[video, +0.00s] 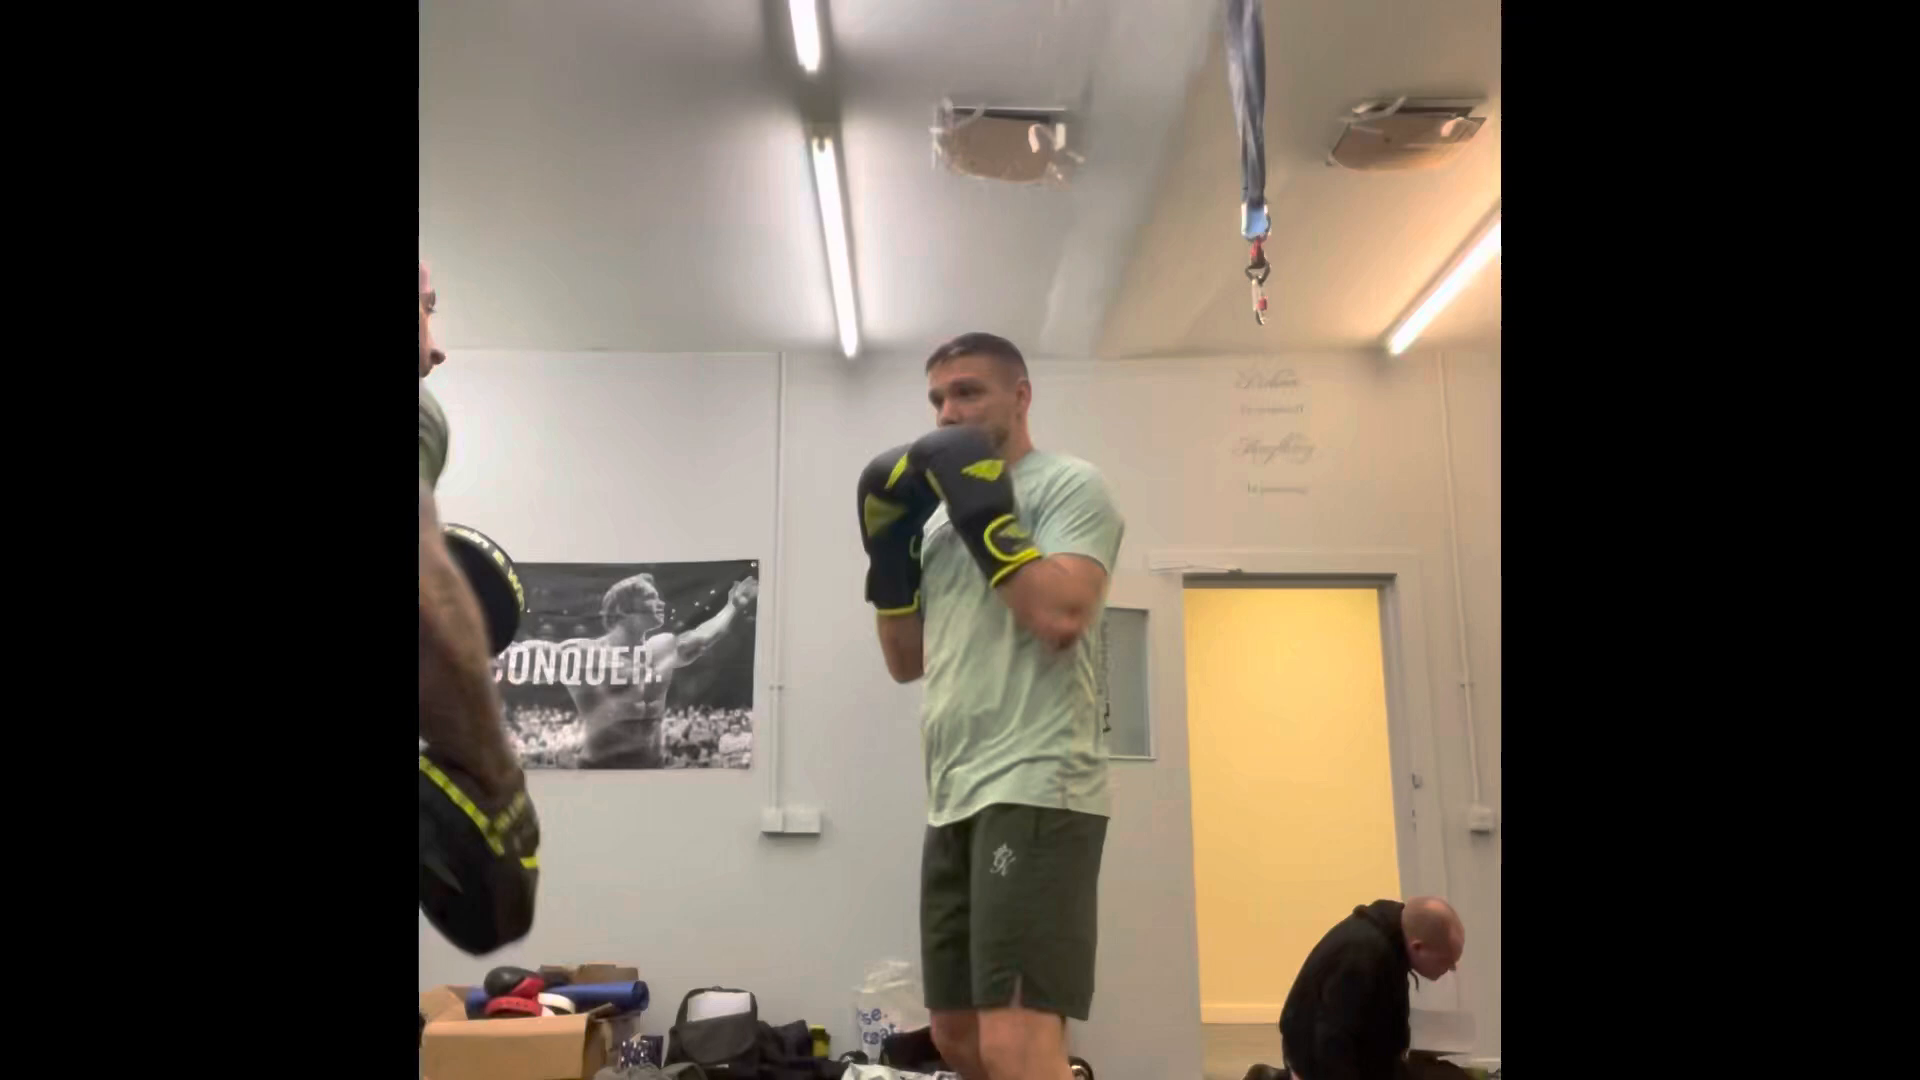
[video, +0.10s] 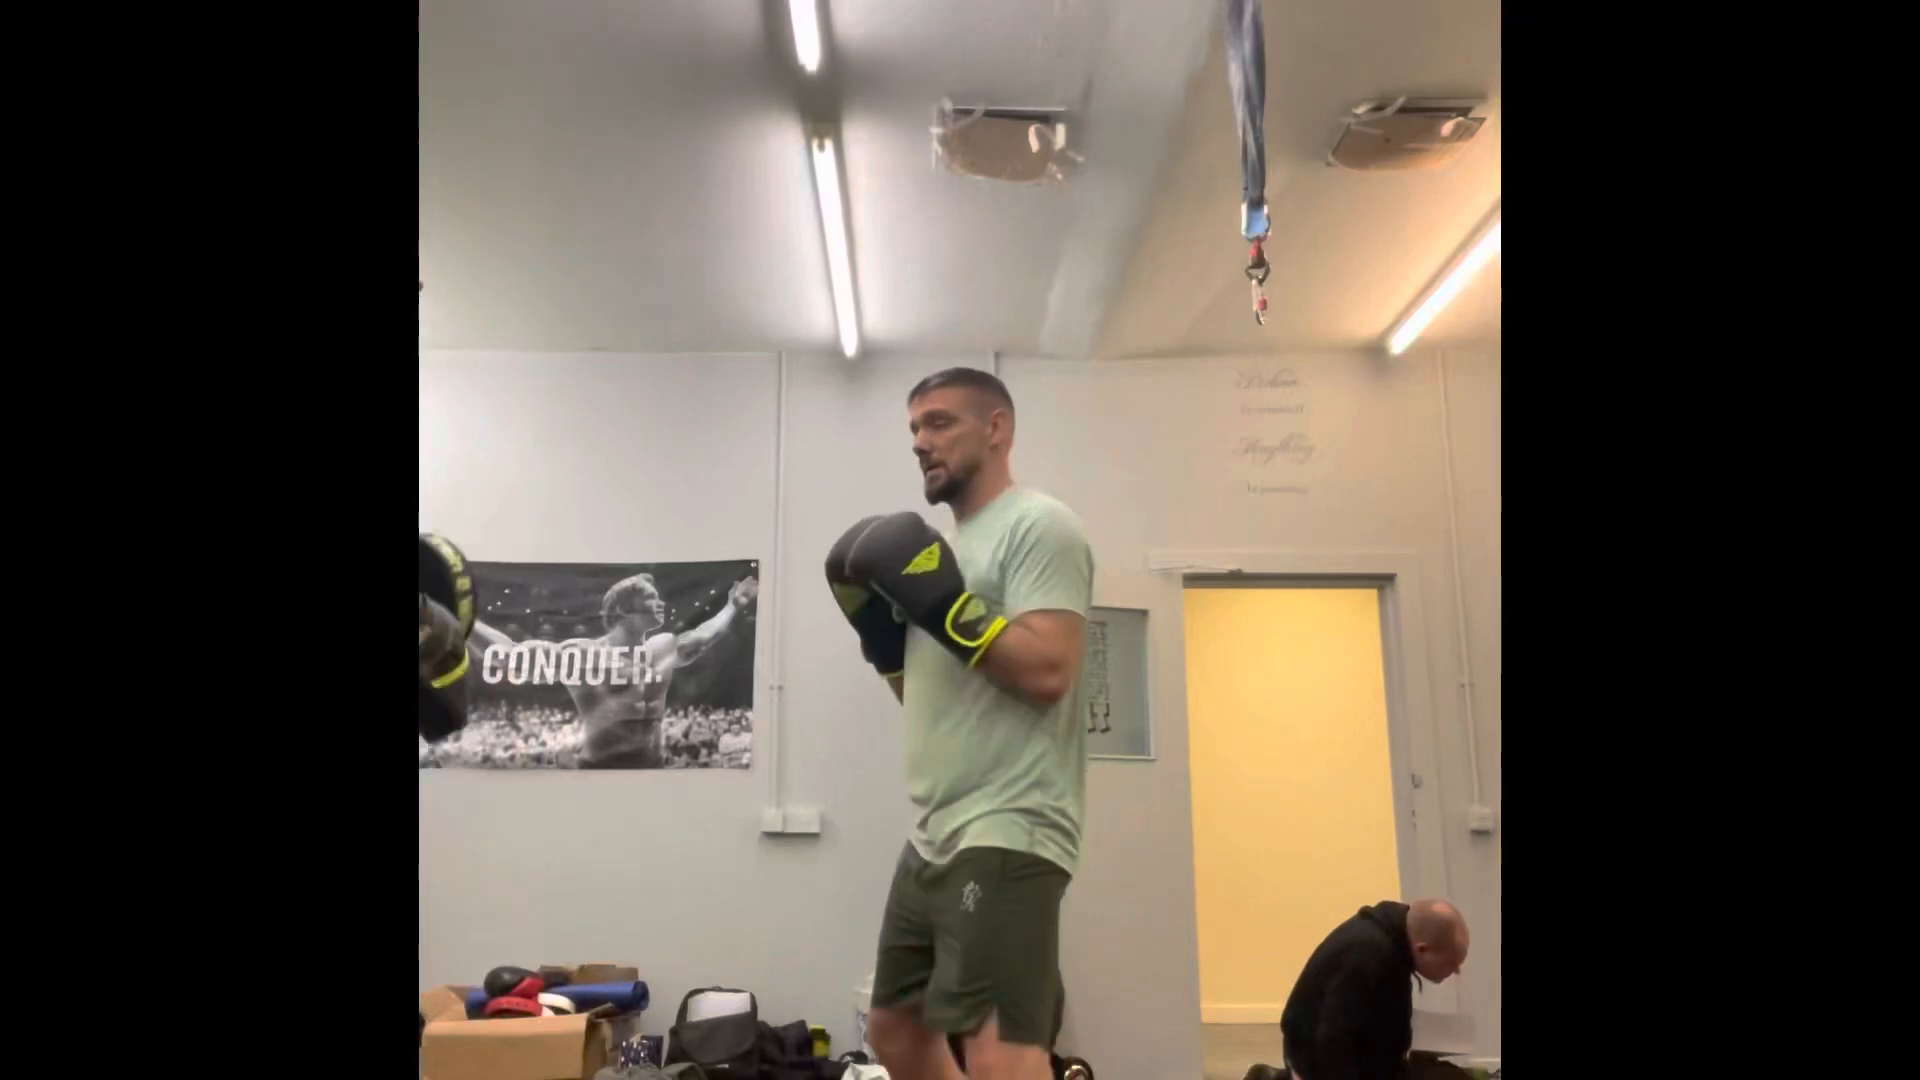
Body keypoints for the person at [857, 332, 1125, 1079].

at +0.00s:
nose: (951, 414)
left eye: (968, 394)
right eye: (939, 401)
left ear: (1020, 395)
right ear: (930, 413)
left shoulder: (1070, 486)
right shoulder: (938, 527)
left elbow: (1061, 616)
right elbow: (906, 663)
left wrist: (980, 512)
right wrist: (887, 547)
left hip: (1040, 785)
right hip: (957, 792)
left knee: (1018, 1039)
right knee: (959, 1036)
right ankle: (1059, 1076)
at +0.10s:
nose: (920, 443)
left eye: (938, 424)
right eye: (915, 431)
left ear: (998, 427)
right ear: (914, 443)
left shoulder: (1042, 525)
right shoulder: (947, 550)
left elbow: (1047, 671)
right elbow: (929, 699)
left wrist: (942, 600)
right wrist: (873, 619)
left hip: (1014, 821)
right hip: (939, 823)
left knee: (1000, 1051)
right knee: (899, 1032)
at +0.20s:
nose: (892, 472)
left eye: (908, 454)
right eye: (889, 460)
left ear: (965, 454)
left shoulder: (1003, 538)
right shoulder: (928, 566)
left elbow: (1010, 672)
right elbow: (931, 700)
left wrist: (908, 623)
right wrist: (870, 656)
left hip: (976, 824)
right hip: (919, 826)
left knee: (963, 1044)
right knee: (906, 1039)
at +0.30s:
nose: (849, 501)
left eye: (860, 481)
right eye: (847, 488)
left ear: (913, 472)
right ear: (911, 478)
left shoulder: (946, 546)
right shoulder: (928, 559)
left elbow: (977, 670)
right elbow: (943, 674)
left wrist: (865, 656)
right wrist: (863, 631)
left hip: (946, 830)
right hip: (967, 831)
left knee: (864, 1028)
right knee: (932, 1033)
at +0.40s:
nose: (830, 504)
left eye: (836, 483)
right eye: (826, 490)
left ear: (884, 468)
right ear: (891, 474)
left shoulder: (911, 538)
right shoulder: (945, 543)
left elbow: (908, 666)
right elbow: (926, 668)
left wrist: (815, 630)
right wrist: (853, 606)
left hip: (915, 827)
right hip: (985, 828)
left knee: (814, 1021)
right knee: (956, 1021)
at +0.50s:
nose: (845, 515)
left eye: (847, 494)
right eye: (842, 498)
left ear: (885, 476)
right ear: (903, 479)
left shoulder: (884, 557)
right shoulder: (994, 568)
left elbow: (856, 699)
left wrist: (795, 646)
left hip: (904, 841)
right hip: (999, 839)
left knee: (809, 1029)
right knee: (1019, 1034)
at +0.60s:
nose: (909, 491)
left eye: (908, 470)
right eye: (905, 472)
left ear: (939, 450)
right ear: (975, 453)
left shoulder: (927, 535)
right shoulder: (1061, 547)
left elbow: (890, 681)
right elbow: (1042, 667)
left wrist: (854, 622)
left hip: (949, 816)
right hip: (1058, 811)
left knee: (887, 1015)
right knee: (1090, 1009)